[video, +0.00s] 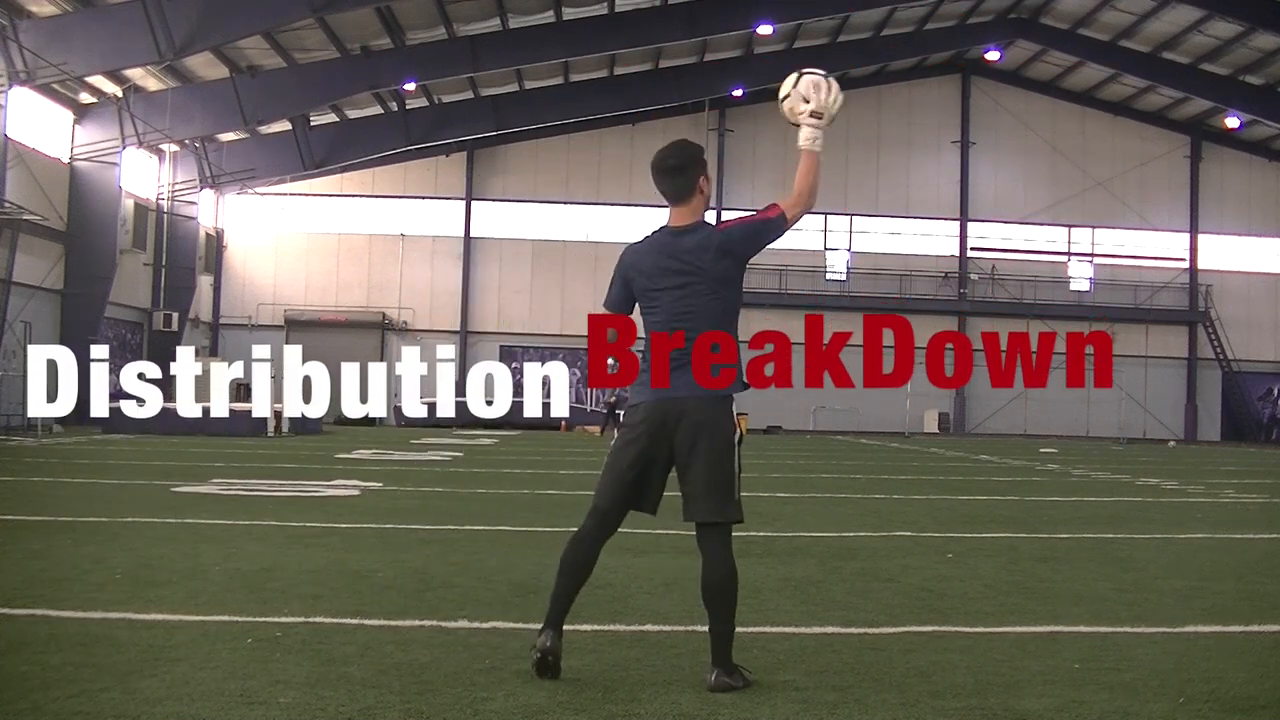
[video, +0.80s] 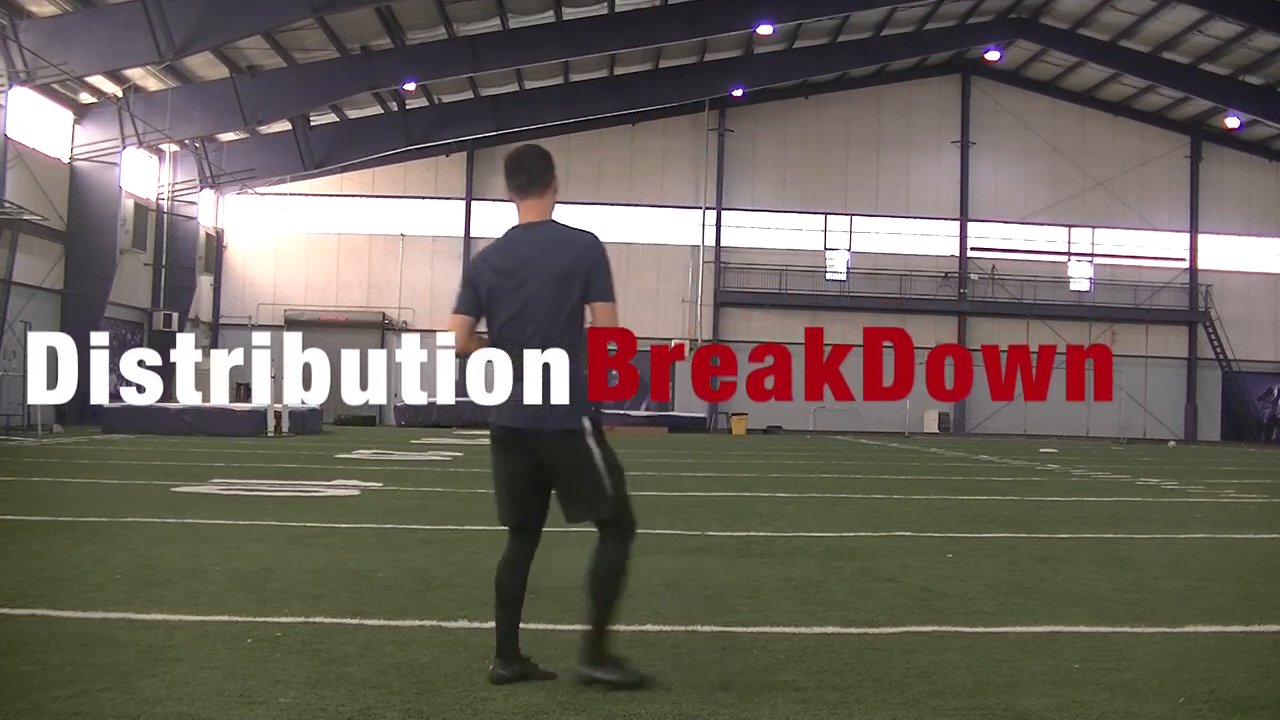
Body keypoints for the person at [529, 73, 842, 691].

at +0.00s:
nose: (711, 183)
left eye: (703, 177)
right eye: (709, 177)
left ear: (661, 190)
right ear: (703, 185)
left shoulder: (636, 255)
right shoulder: (727, 242)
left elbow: (610, 330)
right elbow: (797, 203)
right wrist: (811, 134)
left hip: (648, 403)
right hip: (707, 406)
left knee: (599, 520)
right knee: (715, 536)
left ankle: (550, 631)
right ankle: (721, 665)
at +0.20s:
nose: (710, 180)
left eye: (706, 172)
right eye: (704, 173)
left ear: (663, 189)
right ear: (687, 185)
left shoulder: (630, 258)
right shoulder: (714, 249)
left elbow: (609, 335)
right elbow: (798, 253)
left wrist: (616, 390)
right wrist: (812, 181)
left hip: (649, 415)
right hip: (707, 415)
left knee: (612, 531)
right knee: (715, 544)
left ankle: (564, 639)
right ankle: (722, 667)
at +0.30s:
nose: (699, 186)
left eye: (695, 177)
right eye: (696, 177)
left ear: (649, 189)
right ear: (683, 184)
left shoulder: (617, 261)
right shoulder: (699, 254)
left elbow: (601, 343)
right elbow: (771, 296)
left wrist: (613, 399)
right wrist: (798, 225)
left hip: (641, 421)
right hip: (701, 422)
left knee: (612, 529)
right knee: (711, 544)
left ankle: (558, 632)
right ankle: (722, 667)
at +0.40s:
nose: (678, 188)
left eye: (673, 180)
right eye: (677, 181)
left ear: (627, 189)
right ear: (670, 186)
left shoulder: (601, 263)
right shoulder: (690, 260)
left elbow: (578, 345)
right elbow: (731, 327)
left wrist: (637, 327)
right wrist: (769, 284)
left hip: (626, 425)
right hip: (685, 428)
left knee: (605, 529)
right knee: (706, 545)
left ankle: (540, 628)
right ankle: (722, 667)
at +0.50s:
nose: (649, 197)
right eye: (650, 189)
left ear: (602, 195)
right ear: (650, 192)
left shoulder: (578, 266)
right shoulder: (676, 260)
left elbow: (552, 342)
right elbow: (691, 341)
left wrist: (592, 342)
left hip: (606, 432)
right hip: (667, 433)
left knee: (593, 534)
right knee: (700, 544)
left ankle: (518, 637)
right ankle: (722, 668)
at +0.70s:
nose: (584, 201)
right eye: (586, 193)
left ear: (539, 199)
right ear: (585, 195)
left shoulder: (514, 270)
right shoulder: (615, 258)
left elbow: (487, 350)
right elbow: (636, 340)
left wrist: (527, 351)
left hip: (539, 432)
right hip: (600, 431)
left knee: (541, 539)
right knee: (649, 540)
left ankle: (508, 657)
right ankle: (691, 655)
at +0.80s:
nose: (554, 193)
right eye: (555, 184)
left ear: (509, 192)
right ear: (554, 185)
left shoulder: (485, 260)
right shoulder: (584, 247)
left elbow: (462, 342)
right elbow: (605, 329)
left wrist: (503, 345)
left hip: (508, 421)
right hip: (568, 420)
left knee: (521, 535)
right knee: (617, 526)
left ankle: (507, 657)